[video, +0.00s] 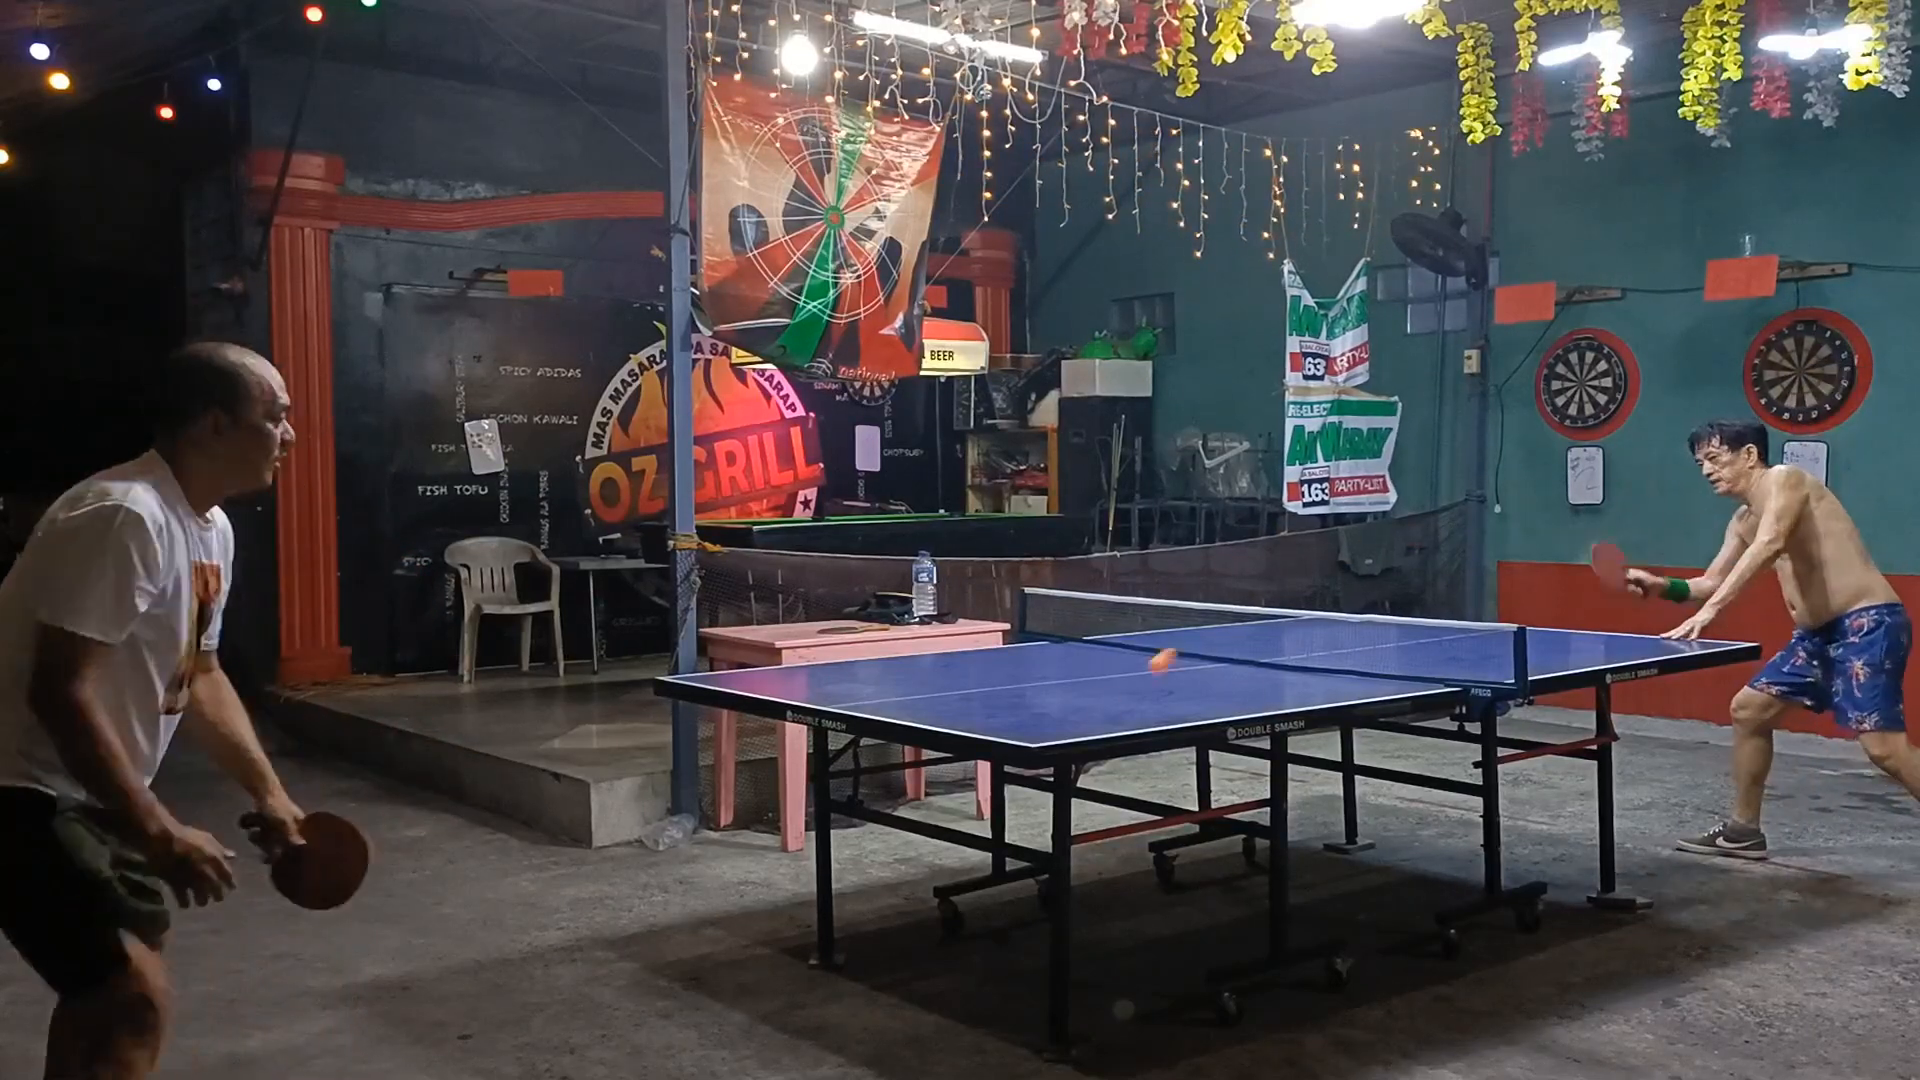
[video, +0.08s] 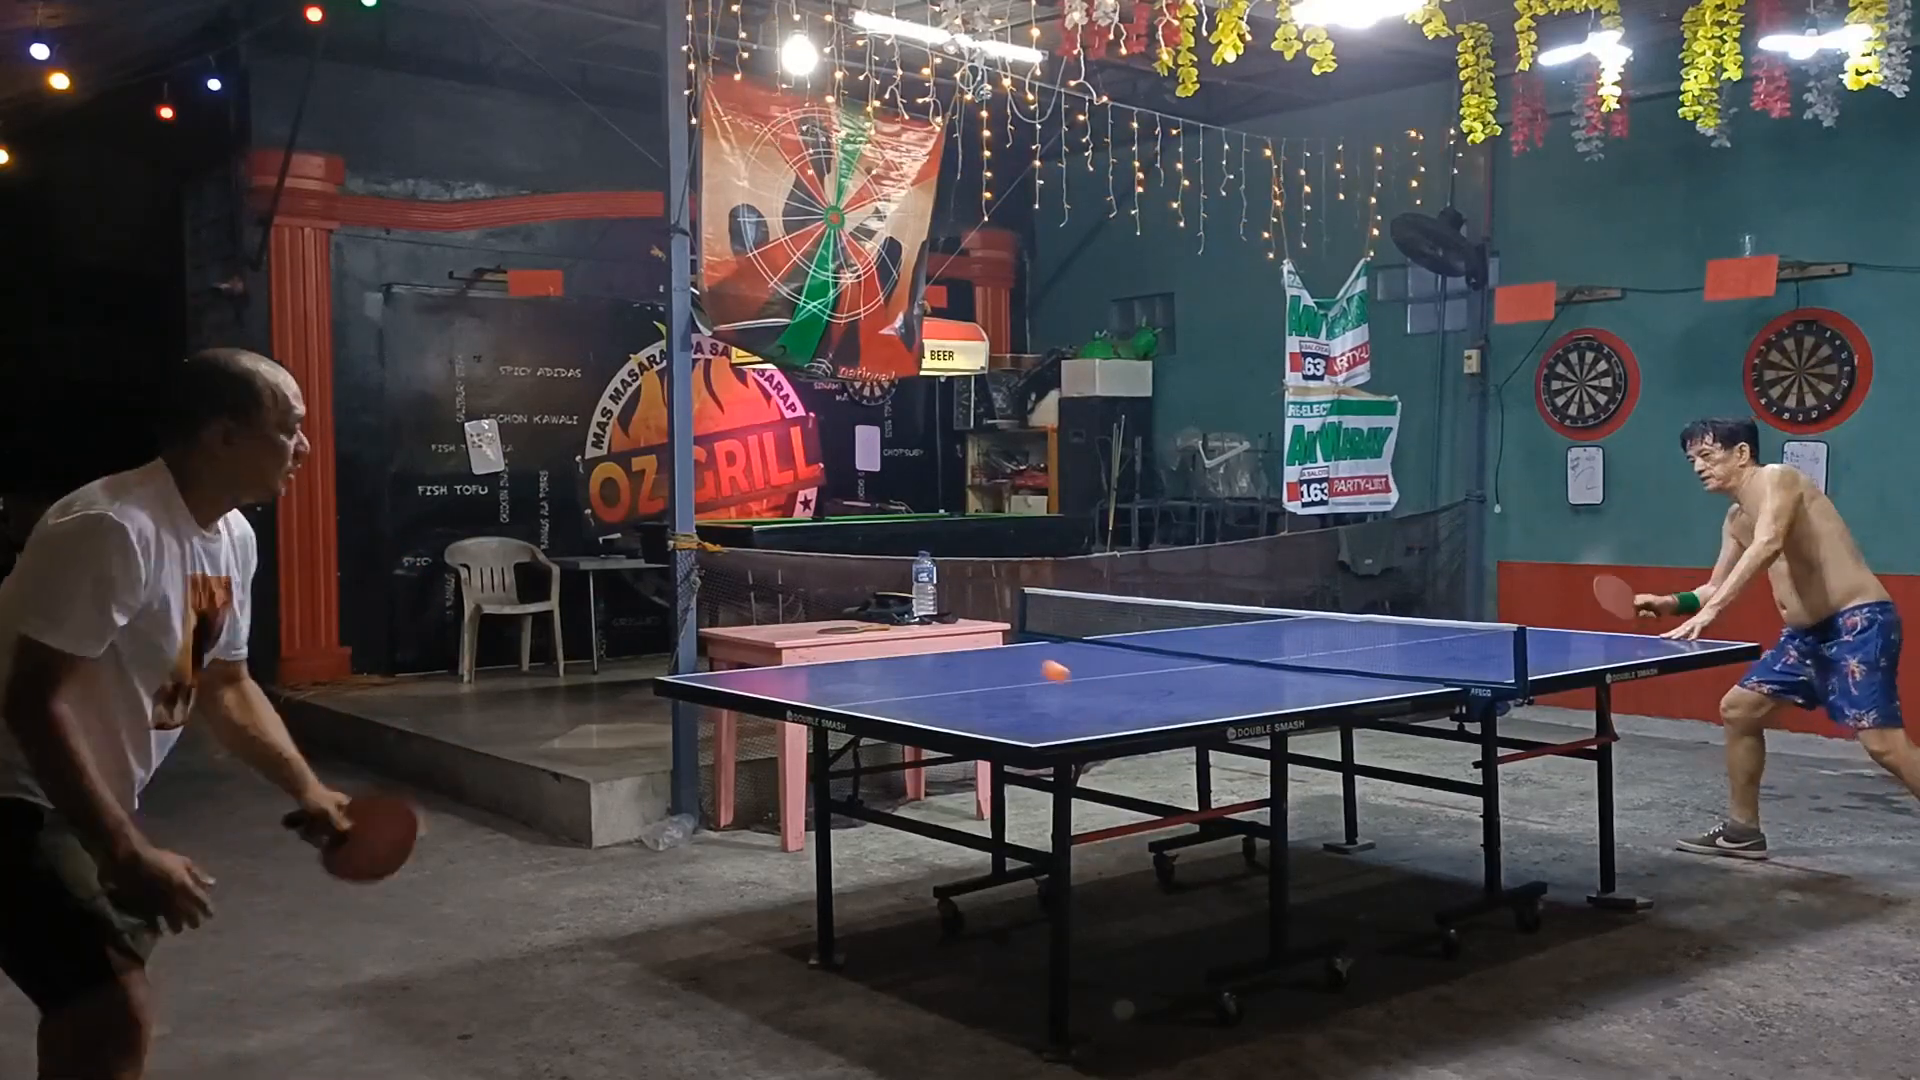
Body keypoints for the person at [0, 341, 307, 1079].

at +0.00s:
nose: (288, 434)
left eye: (286, 416)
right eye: (274, 416)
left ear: (221, 431)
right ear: (214, 426)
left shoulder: (213, 528)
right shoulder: (120, 519)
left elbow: (197, 673)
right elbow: (57, 687)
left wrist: (269, 793)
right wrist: (158, 830)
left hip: (102, 801)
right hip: (26, 797)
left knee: (101, 1009)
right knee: (131, 1005)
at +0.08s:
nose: (303, 449)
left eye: (301, 430)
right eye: (290, 430)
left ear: (229, 440)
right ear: (225, 437)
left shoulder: (234, 535)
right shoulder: (107, 530)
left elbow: (224, 681)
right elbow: (28, 699)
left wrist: (307, 787)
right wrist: (126, 849)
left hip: (99, 814)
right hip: (22, 804)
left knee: (92, 1021)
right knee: (113, 1021)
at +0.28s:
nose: (345, 497)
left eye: (344, 476)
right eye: (329, 479)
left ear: (260, 488)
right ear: (256, 484)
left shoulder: (281, 566)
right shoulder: (106, 566)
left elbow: (311, 714)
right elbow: (2, 740)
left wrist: (376, 669)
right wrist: (23, 923)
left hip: (99, 836)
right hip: (26, 831)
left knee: (37, 1055)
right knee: (124, 1037)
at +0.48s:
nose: (363, 481)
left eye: (366, 460)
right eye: (354, 460)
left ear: (287, 457)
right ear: (282, 451)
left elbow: (395, 658)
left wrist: (505, 733)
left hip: (118, 813)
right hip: (21, 803)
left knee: (58, 1045)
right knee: (90, 1041)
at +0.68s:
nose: (371, 436)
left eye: (371, 417)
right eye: (360, 416)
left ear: (297, 419)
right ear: (292, 414)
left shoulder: (285, 500)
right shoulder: (114, 484)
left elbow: (282, 574)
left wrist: (371, 615)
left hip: (142, 788)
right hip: (35, 789)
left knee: (163, 952)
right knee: (121, 1038)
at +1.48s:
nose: (454, 457)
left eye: (455, 444)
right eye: (455, 443)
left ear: (374, 441)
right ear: (440, 440)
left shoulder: (328, 511)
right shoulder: (399, 512)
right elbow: (449, 639)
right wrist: (557, 747)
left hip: (237, 758)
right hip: (299, 763)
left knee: (357, 871)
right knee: (443, 950)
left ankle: (353, 1020)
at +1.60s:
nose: (444, 461)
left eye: (442, 449)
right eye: (444, 449)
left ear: (368, 450)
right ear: (430, 446)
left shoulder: (312, 526)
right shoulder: (408, 501)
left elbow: (295, 639)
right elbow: (425, 587)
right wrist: (517, 681)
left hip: (268, 759)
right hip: (340, 756)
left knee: (356, 891)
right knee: (424, 952)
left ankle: (390, 1015)